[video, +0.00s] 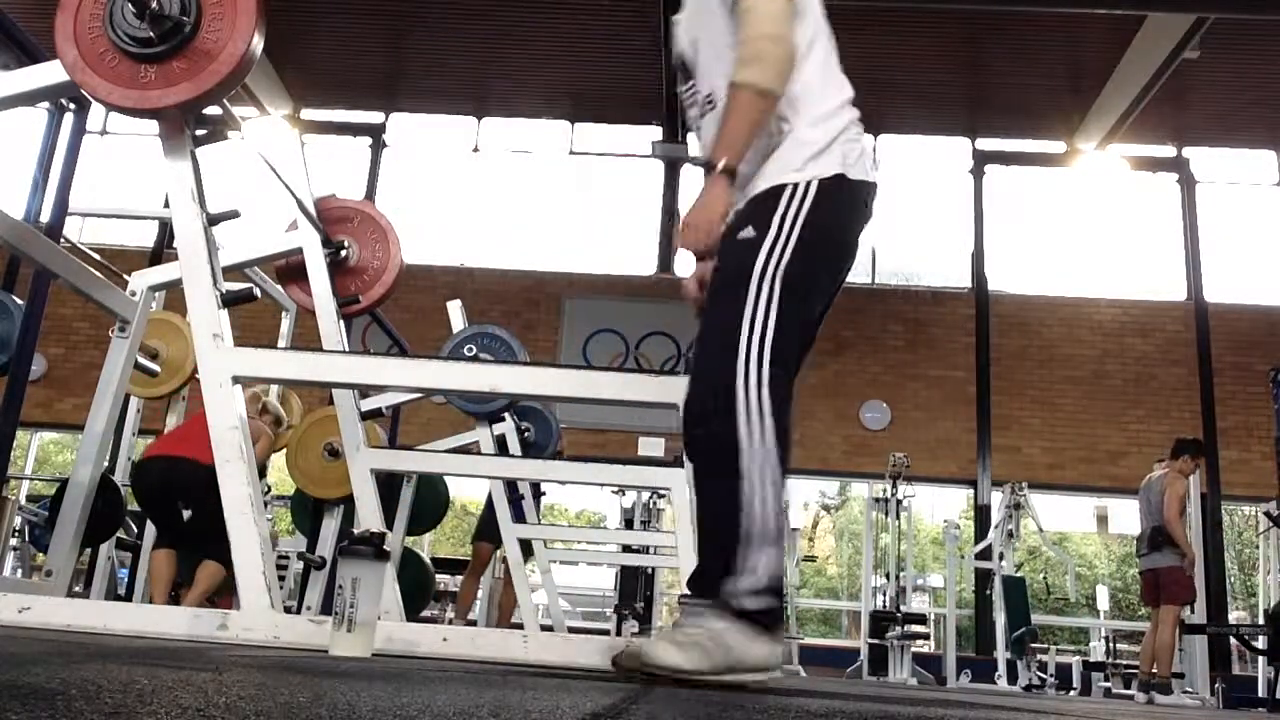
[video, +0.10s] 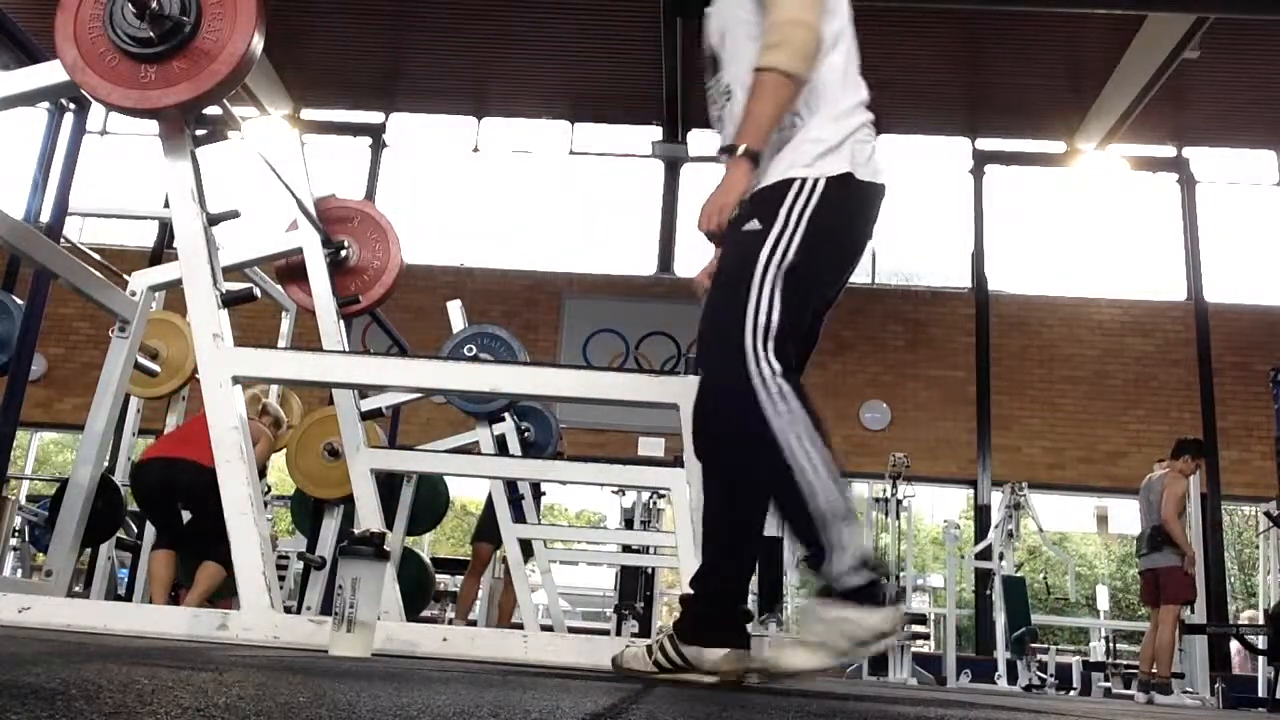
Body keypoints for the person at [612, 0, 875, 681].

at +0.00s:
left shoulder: (756, 3)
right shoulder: (698, 22)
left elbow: (770, 53)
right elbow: (745, 134)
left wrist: (717, 180)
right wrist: (722, 246)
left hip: (810, 168)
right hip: (768, 182)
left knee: (744, 380)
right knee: (714, 397)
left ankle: (752, 619)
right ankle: (718, 617)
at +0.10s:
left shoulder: (791, 4)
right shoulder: (730, 16)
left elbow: (796, 38)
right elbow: (766, 135)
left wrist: (740, 159)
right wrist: (735, 246)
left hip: (819, 170)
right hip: (780, 181)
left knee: (751, 364)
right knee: (725, 400)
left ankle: (857, 592)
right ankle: (712, 630)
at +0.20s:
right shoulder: (783, 14)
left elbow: (819, 29)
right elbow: (801, 122)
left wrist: (759, 156)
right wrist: (760, 241)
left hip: (831, 175)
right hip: (795, 185)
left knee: (780, 376)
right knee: (739, 417)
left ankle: (936, 591)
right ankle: (712, 635)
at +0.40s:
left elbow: (848, 25)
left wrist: (813, 151)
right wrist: (839, 171)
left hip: (886, 186)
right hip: (859, 192)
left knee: (885, 413)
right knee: (796, 423)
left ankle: (993, 649)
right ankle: (721, 631)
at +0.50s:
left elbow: (863, 32)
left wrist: (842, 167)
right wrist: (867, 182)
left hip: (921, 179)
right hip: (896, 188)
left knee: (912, 402)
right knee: (832, 415)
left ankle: (997, 649)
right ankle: (760, 624)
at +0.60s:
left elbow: (897, 37)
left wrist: (863, 182)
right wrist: (893, 195)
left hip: (948, 176)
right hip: (921, 187)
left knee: (948, 405)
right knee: (853, 410)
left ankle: (998, 648)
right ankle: (867, 625)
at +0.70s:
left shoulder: (937, 3)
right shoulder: (931, 12)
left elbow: (920, 54)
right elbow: (932, 72)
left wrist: (885, 195)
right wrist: (896, 205)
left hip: (970, 184)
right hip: (937, 196)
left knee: (958, 401)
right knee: (890, 414)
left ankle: (999, 650)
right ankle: (975, 632)